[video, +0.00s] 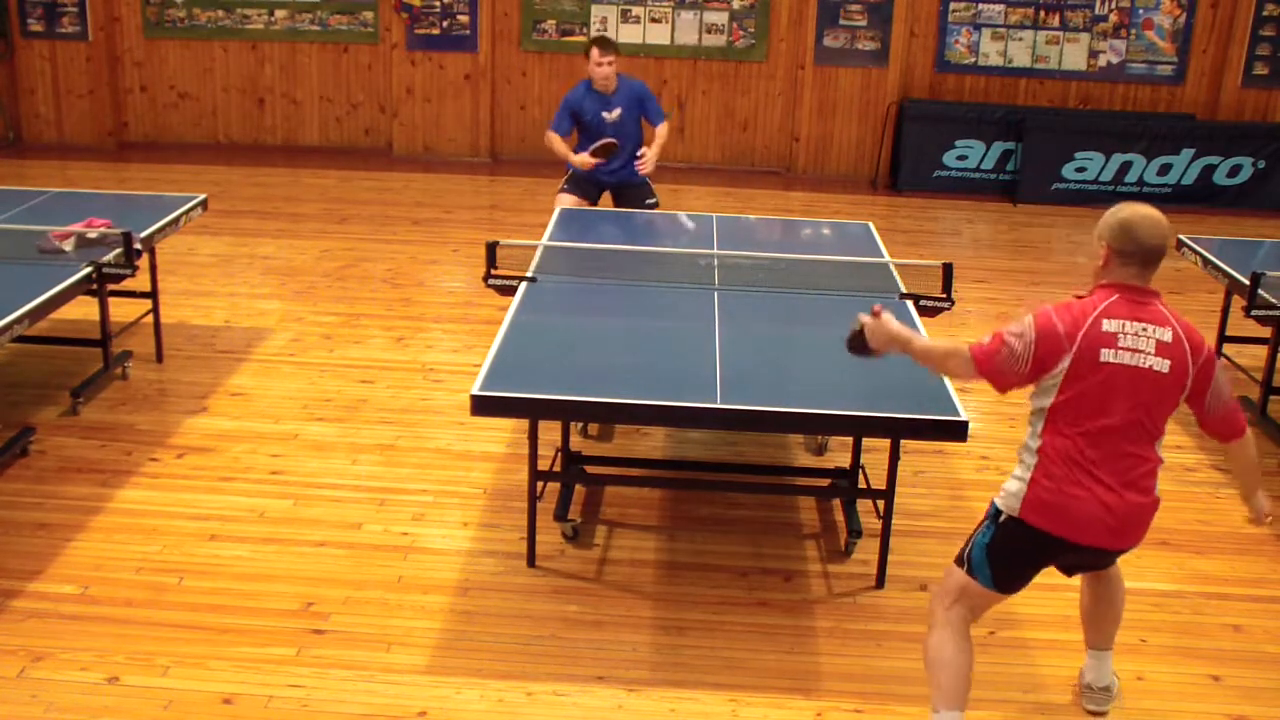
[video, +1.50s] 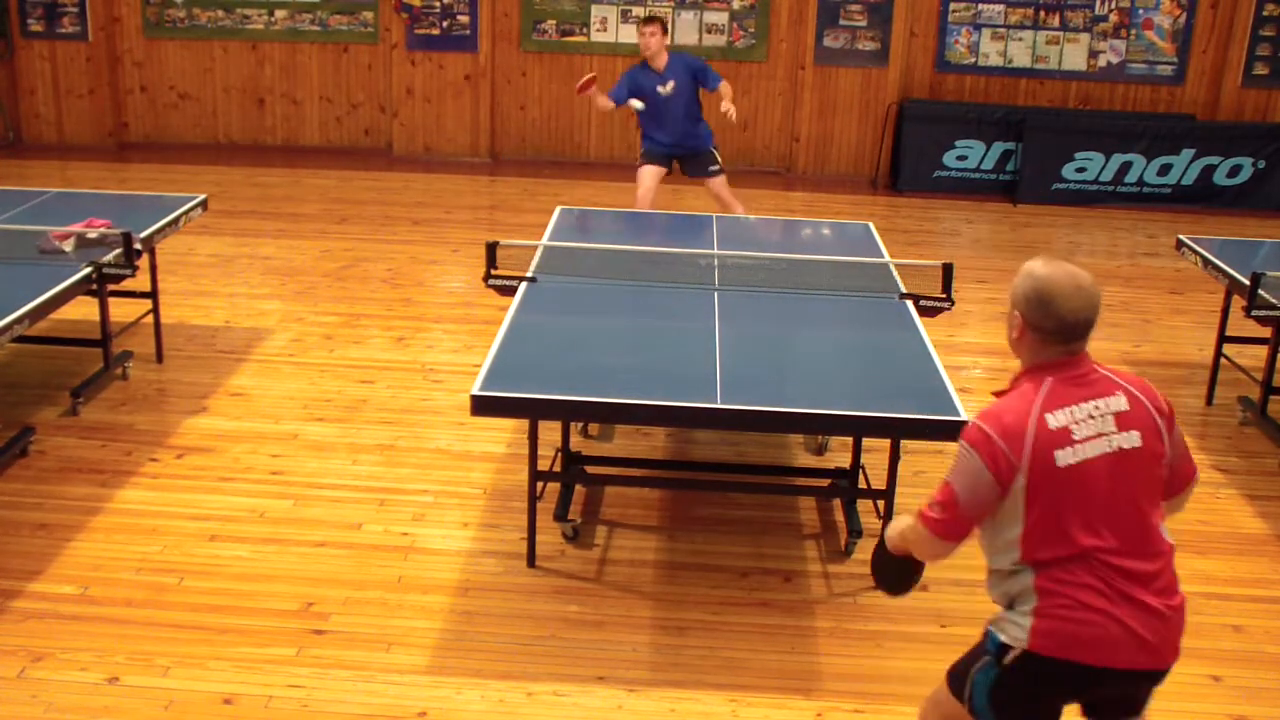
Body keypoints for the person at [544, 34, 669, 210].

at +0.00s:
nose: (605, 71)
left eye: (610, 64)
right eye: (599, 65)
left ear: (617, 64)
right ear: (588, 66)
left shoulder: (636, 90)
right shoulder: (577, 97)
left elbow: (661, 123)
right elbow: (552, 136)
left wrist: (654, 151)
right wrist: (573, 159)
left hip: (628, 171)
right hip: (588, 171)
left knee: (649, 224)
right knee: (563, 214)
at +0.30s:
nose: (550, 80)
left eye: (554, 74)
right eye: (544, 75)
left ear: (559, 73)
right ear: (530, 78)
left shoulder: (575, 81)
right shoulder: (529, 105)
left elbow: (613, 69)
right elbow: (516, 147)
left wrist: (650, 77)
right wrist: (510, 125)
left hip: (589, 146)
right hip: (549, 153)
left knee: (627, 198)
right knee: (532, 205)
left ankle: (648, 245)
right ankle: (523, 259)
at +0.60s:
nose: (566, 107)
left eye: (571, 100)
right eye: (560, 101)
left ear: (578, 102)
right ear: (548, 104)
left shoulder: (589, 120)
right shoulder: (537, 136)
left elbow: (601, 138)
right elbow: (516, 180)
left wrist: (611, 165)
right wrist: (525, 211)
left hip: (574, 177)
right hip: (539, 178)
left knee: (599, 220)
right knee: (524, 219)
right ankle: (487, 273)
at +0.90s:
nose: (648, 58)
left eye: (653, 52)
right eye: (642, 52)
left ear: (660, 56)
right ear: (632, 55)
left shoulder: (674, 87)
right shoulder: (617, 88)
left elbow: (684, 114)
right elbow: (591, 121)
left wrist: (684, 146)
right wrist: (603, 153)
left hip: (657, 151)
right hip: (619, 148)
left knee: (678, 210)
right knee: (592, 204)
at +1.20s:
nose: (656, 77)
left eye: (662, 71)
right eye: (653, 72)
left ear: (677, 72)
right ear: (650, 75)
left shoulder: (703, 97)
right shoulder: (658, 107)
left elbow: (738, 124)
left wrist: (745, 160)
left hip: (721, 167)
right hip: (685, 167)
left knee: (749, 221)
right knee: (651, 207)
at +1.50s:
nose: (646, 41)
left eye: (652, 35)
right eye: (642, 35)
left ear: (665, 39)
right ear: (638, 40)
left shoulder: (687, 64)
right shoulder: (635, 75)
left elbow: (721, 84)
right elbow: (608, 104)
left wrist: (727, 100)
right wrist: (594, 93)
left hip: (695, 142)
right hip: (656, 145)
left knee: (722, 193)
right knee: (643, 195)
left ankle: (752, 235)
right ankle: (639, 246)